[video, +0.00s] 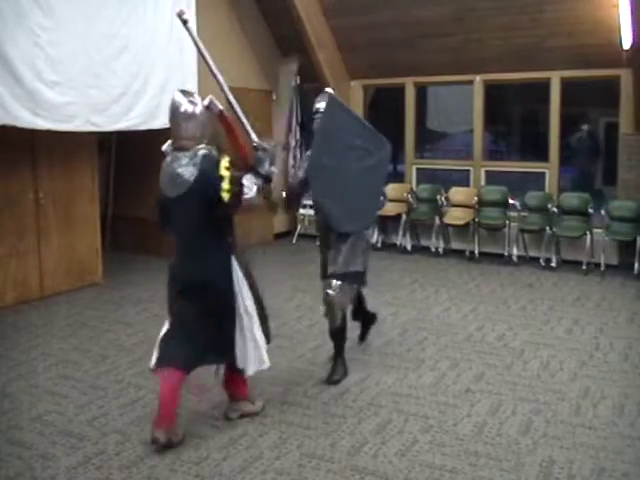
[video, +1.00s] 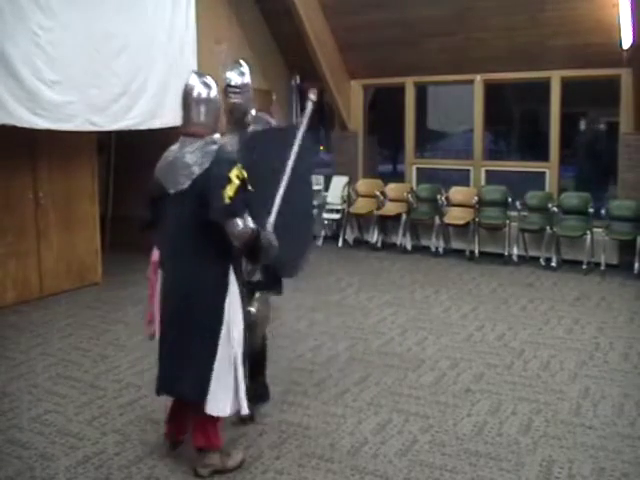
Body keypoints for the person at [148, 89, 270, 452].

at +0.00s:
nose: (208, 128)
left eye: (196, 124)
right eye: (207, 124)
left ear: (175, 134)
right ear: (207, 132)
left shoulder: (168, 167)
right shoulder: (214, 164)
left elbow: (163, 215)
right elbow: (228, 203)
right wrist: (249, 175)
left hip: (184, 262)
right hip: (218, 261)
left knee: (180, 333)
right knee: (236, 324)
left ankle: (164, 423)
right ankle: (239, 398)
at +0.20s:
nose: (189, 122)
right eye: (185, 116)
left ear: (152, 126)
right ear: (181, 123)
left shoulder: (152, 162)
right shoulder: (193, 158)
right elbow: (202, 207)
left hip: (163, 266)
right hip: (197, 263)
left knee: (166, 342)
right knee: (219, 324)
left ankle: (161, 435)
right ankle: (226, 394)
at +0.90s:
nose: (207, 116)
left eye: (198, 110)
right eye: (209, 110)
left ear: (176, 115)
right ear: (212, 115)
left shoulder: (163, 160)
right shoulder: (216, 162)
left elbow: (149, 214)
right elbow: (227, 226)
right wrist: (246, 224)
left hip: (172, 270)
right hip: (208, 274)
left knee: (178, 349)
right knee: (210, 355)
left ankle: (166, 435)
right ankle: (208, 450)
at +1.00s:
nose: (218, 119)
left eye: (213, 113)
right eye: (218, 113)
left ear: (183, 116)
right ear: (218, 118)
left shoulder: (168, 160)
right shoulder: (221, 162)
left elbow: (154, 216)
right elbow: (234, 225)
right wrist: (257, 240)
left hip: (177, 269)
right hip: (213, 274)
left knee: (188, 348)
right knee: (214, 354)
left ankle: (177, 427)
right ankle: (208, 448)